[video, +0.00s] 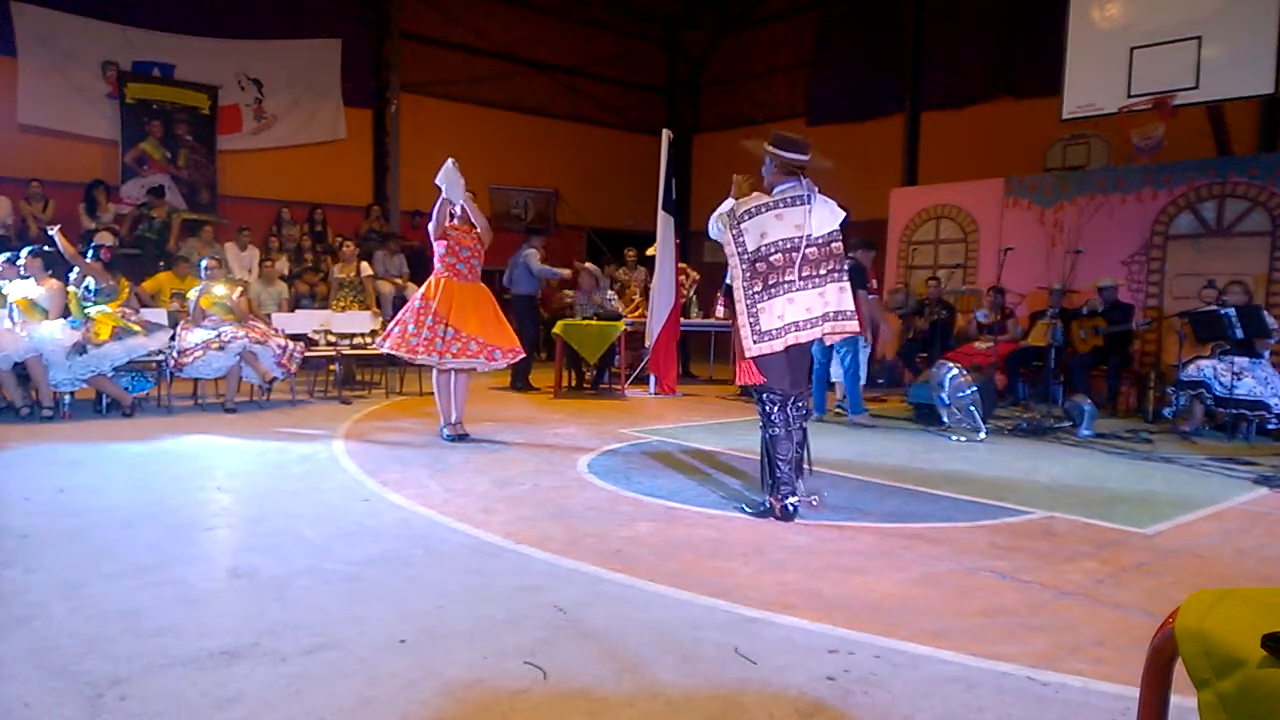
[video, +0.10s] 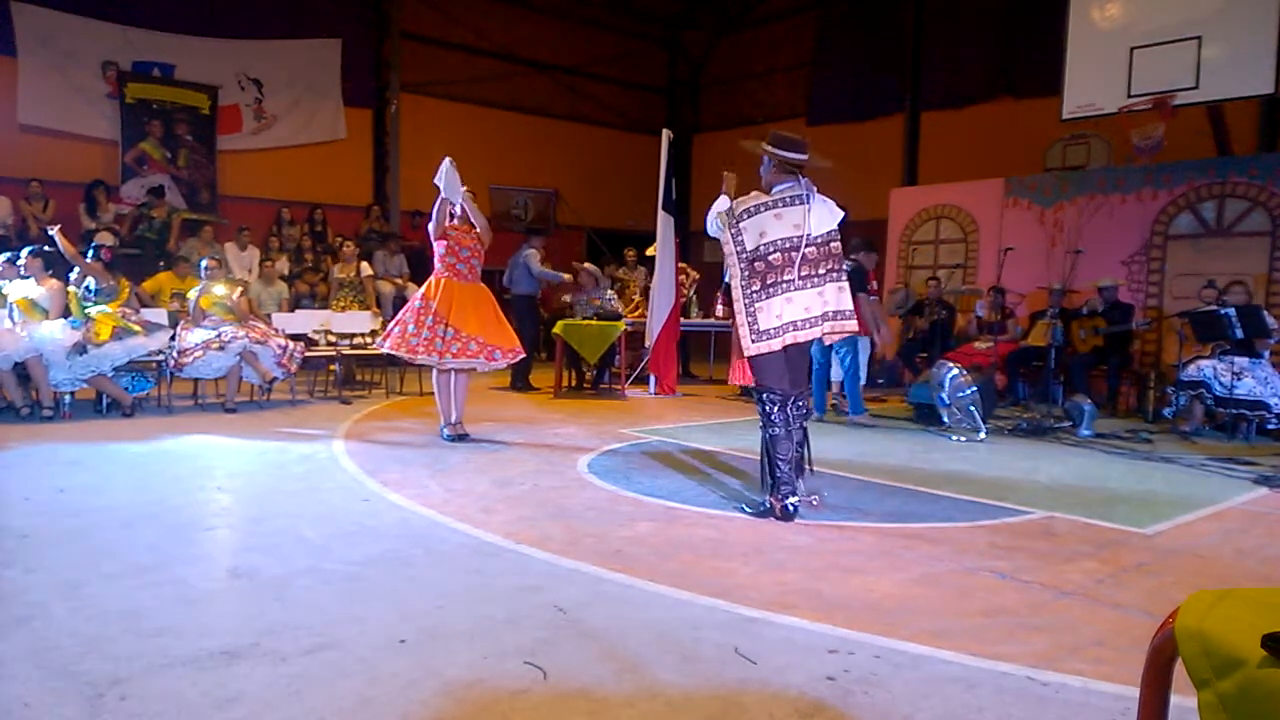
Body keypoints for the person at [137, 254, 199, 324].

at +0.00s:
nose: (187, 271)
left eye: (188, 268)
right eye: (184, 268)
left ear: (190, 268)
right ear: (175, 268)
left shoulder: (194, 282)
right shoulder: (163, 278)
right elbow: (141, 291)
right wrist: (154, 307)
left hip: (187, 316)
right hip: (164, 314)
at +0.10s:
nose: (188, 271)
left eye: (189, 268)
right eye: (185, 268)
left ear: (190, 268)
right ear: (176, 267)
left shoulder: (194, 281)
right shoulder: (163, 278)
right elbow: (142, 291)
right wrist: (154, 307)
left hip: (187, 316)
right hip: (165, 314)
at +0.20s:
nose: (187, 271)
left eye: (189, 268)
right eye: (184, 268)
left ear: (190, 268)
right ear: (176, 267)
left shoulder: (194, 281)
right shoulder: (163, 278)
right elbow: (141, 291)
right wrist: (154, 307)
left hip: (188, 316)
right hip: (165, 314)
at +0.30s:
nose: (187, 271)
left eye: (188, 268)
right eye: (184, 268)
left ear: (190, 268)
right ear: (175, 268)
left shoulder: (193, 282)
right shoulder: (163, 278)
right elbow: (142, 290)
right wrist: (154, 308)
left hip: (187, 317)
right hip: (165, 315)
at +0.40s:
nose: (187, 271)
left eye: (188, 268)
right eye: (184, 268)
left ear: (190, 268)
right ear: (175, 268)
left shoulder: (193, 281)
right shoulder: (163, 278)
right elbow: (142, 290)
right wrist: (154, 308)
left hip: (187, 317)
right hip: (165, 315)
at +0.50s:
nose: (187, 271)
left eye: (188, 268)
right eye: (184, 268)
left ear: (190, 268)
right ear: (175, 268)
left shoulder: (193, 281)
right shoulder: (163, 278)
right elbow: (142, 291)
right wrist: (154, 307)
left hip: (187, 316)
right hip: (165, 314)